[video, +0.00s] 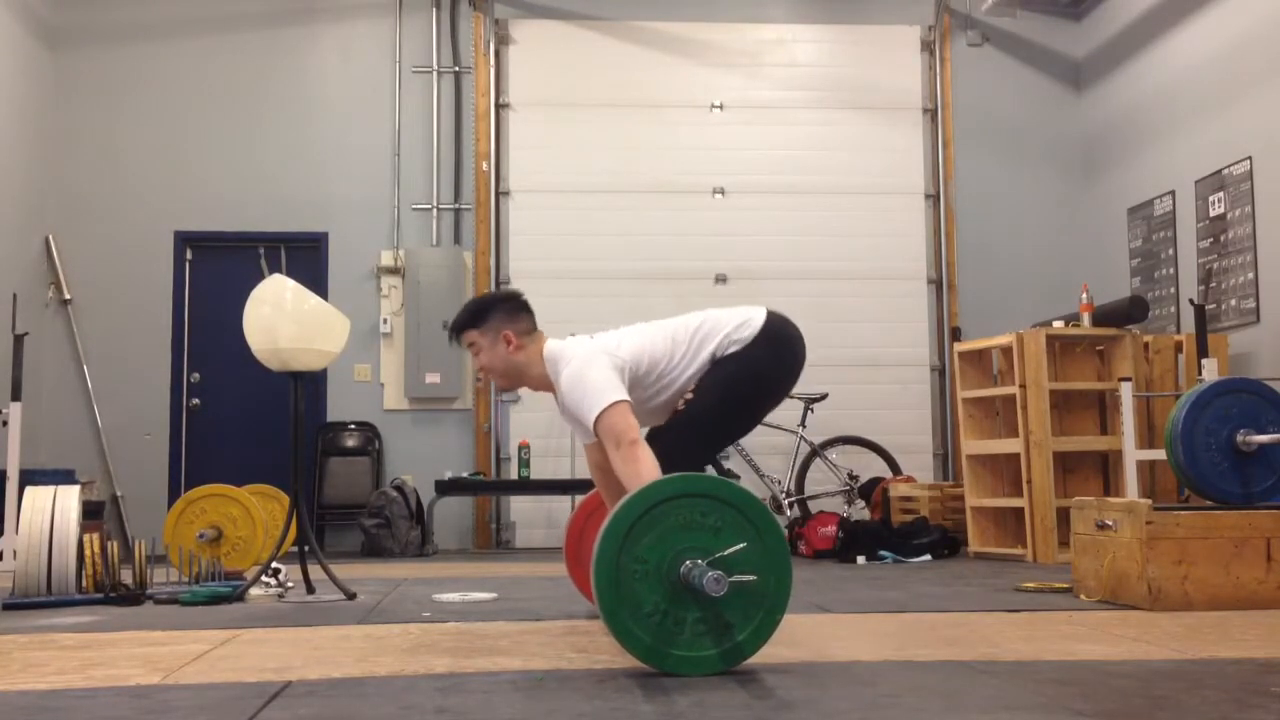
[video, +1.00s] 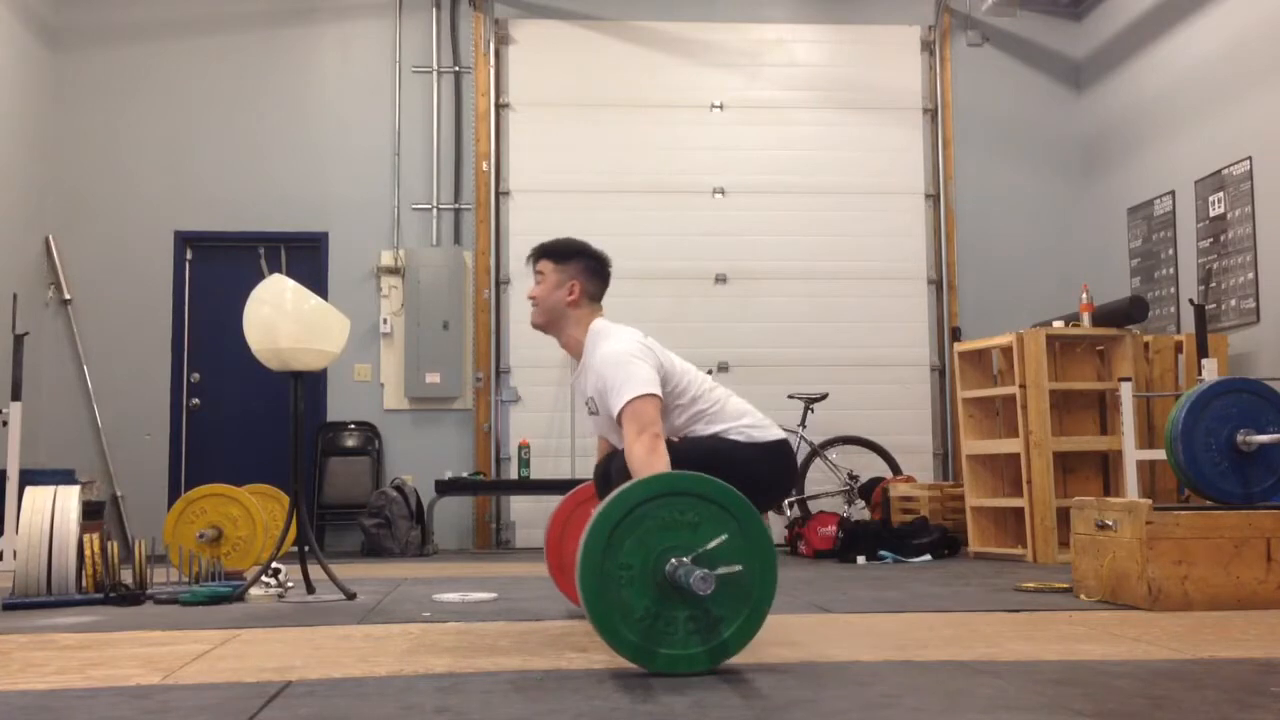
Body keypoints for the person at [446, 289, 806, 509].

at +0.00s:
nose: (474, 367)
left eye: (475, 351)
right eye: (470, 355)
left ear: (509, 341)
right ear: (509, 344)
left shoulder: (579, 368)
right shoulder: (566, 384)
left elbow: (629, 444)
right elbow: (602, 468)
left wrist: (666, 533)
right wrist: (632, 541)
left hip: (765, 343)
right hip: (746, 347)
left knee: (660, 461)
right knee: (657, 459)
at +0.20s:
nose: (482, 346)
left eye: (484, 331)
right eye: (480, 334)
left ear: (519, 327)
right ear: (517, 330)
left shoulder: (585, 364)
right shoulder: (572, 377)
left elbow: (632, 444)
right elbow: (606, 466)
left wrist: (671, 531)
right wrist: (630, 541)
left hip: (769, 374)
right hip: (749, 378)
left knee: (652, 460)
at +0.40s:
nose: (495, 327)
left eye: (500, 312)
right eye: (494, 314)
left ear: (533, 313)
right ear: (532, 316)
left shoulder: (592, 359)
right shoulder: (576, 375)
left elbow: (637, 442)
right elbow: (605, 460)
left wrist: (669, 529)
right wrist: (625, 536)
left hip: (769, 404)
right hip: (747, 408)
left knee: (646, 465)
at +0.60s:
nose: (508, 310)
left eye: (516, 296)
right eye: (510, 297)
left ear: (549, 304)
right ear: (545, 305)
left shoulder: (599, 355)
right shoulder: (579, 373)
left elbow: (640, 439)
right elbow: (606, 464)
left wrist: (670, 529)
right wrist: (621, 546)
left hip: (769, 426)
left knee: (627, 467)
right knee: (615, 467)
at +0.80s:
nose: (520, 300)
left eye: (528, 287)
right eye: (522, 288)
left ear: (561, 296)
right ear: (556, 297)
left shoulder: (607, 353)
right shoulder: (585, 371)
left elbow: (644, 438)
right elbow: (608, 463)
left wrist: (669, 527)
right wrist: (618, 536)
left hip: (767, 444)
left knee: (626, 469)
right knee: (618, 468)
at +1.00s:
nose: (530, 293)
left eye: (540, 280)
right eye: (534, 281)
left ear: (571, 292)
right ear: (568, 294)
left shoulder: (616, 351)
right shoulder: (590, 367)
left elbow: (648, 439)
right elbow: (607, 460)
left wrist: (663, 528)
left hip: (762, 457)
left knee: (627, 469)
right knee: (609, 473)